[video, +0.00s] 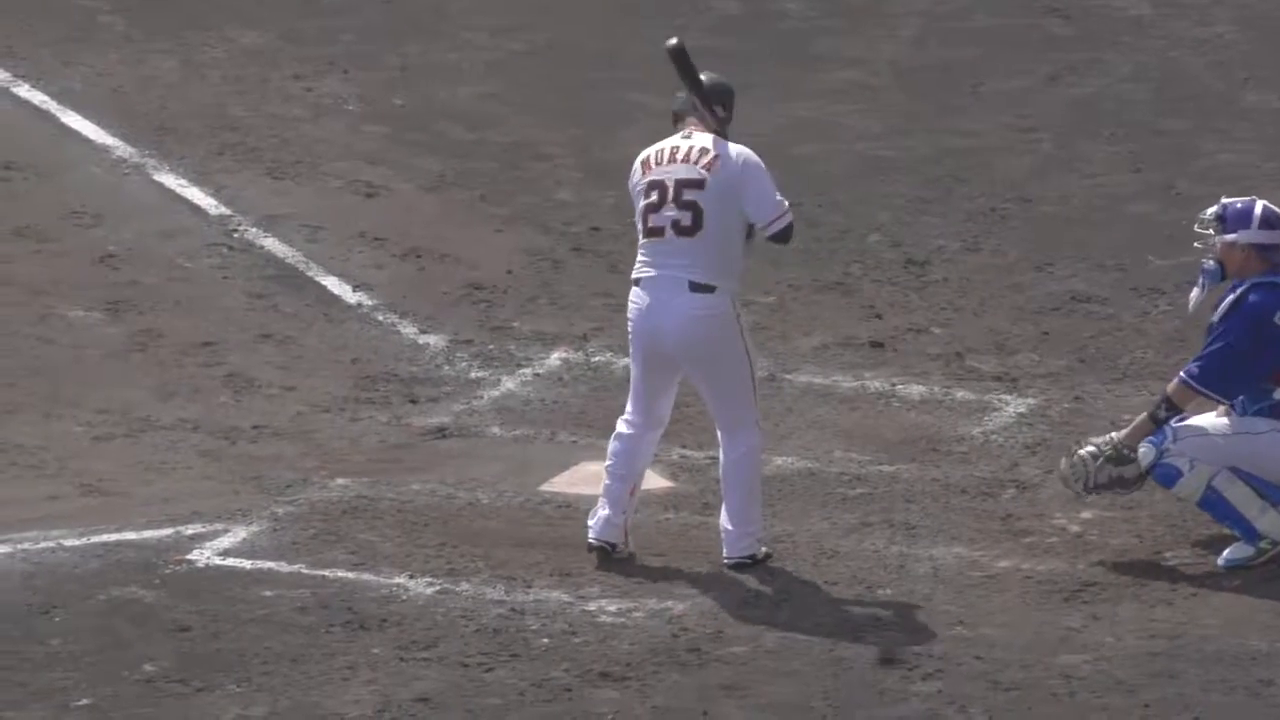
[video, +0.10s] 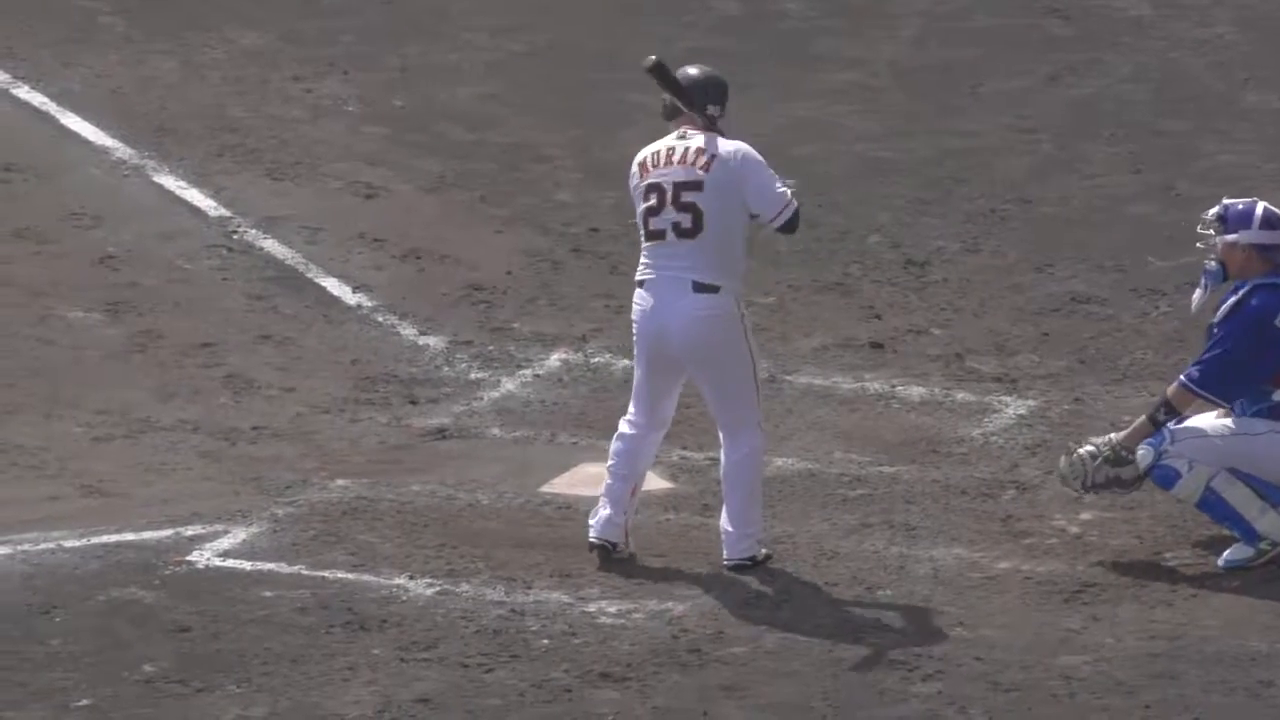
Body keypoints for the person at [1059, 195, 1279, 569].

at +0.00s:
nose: (1215, 249)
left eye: (1222, 241)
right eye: (1218, 240)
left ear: (1246, 251)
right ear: (1250, 252)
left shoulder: (1257, 305)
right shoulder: (1262, 294)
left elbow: (1194, 384)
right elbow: (1221, 387)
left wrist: (1125, 441)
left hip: (1272, 435)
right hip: (1269, 424)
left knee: (1166, 449)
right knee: (1181, 432)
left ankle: (1266, 531)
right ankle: (1268, 512)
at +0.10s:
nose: (1214, 249)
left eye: (1222, 240)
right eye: (1217, 239)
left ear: (1246, 251)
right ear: (1249, 252)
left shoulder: (1257, 309)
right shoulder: (1261, 296)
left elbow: (1191, 388)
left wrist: (1123, 444)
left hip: (1271, 438)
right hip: (1268, 427)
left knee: (1165, 451)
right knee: (1186, 432)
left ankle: (1266, 532)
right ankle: (1267, 512)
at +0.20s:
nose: (1216, 251)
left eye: (1224, 242)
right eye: (1219, 241)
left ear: (1248, 252)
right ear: (1250, 252)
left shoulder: (1259, 311)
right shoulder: (1259, 298)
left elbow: (1194, 391)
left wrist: (1123, 445)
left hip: (1272, 438)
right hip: (1267, 426)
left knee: (1165, 453)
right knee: (1194, 427)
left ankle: (1267, 533)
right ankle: (1269, 511)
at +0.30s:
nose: (1219, 251)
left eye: (1226, 242)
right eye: (1222, 241)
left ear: (1250, 252)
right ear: (1251, 252)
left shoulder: (1260, 312)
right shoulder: (1259, 298)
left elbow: (1193, 394)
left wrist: (1121, 450)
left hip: (1271, 439)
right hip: (1267, 427)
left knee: (1168, 453)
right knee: (1198, 425)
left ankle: (1269, 534)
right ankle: (1267, 513)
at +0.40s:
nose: (1219, 250)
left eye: (1227, 242)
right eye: (1222, 241)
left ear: (1251, 254)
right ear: (1252, 254)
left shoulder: (1261, 314)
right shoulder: (1259, 299)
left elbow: (1195, 394)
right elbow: (1221, 387)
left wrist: (1122, 450)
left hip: (1273, 440)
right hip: (1269, 427)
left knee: (1168, 454)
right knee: (1199, 426)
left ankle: (1270, 534)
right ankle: (1270, 512)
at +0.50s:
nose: (1218, 252)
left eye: (1226, 244)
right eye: (1221, 243)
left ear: (1250, 254)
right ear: (1251, 254)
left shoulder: (1261, 313)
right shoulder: (1259, 299)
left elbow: (1194, 395)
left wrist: (1122, 449)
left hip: (1273, 439)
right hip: (1268, 426)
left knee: (1169, 453)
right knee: (1201, 425)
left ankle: (1270, 534)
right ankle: (1270, 511)